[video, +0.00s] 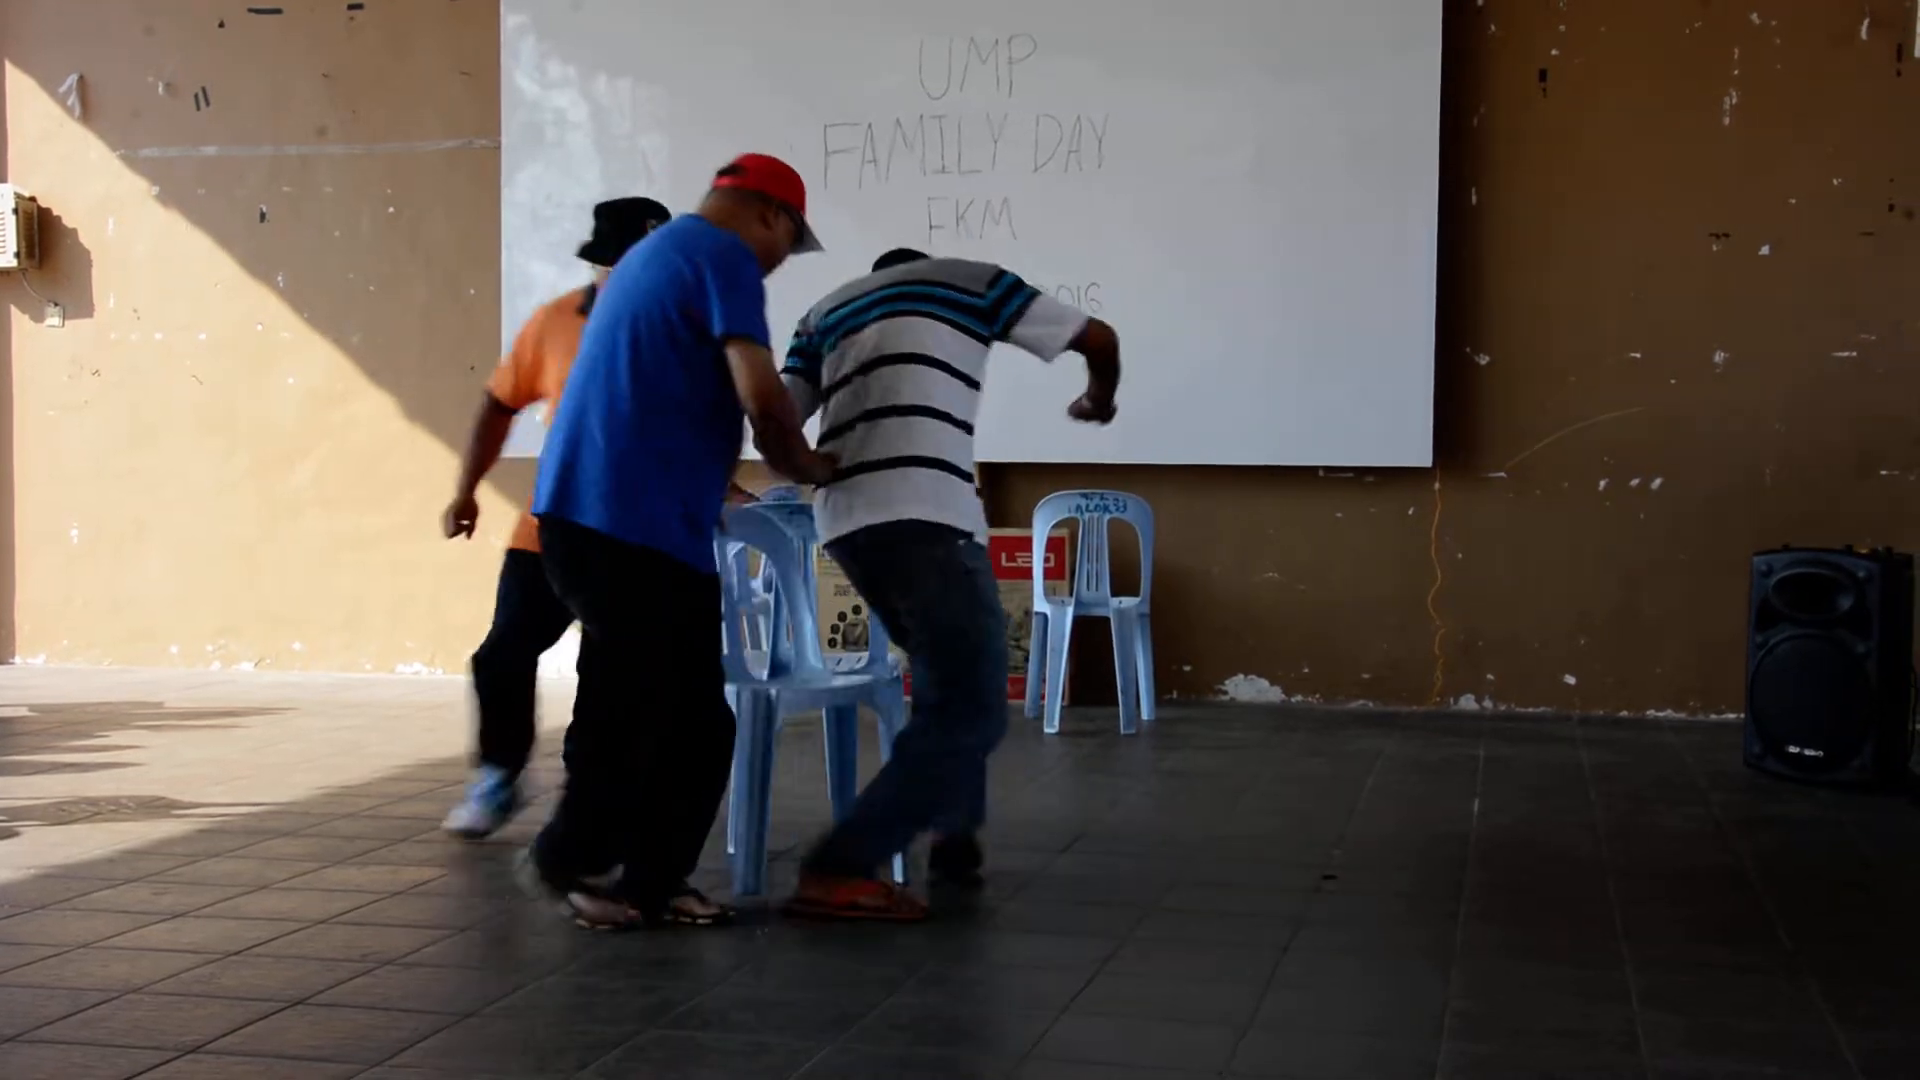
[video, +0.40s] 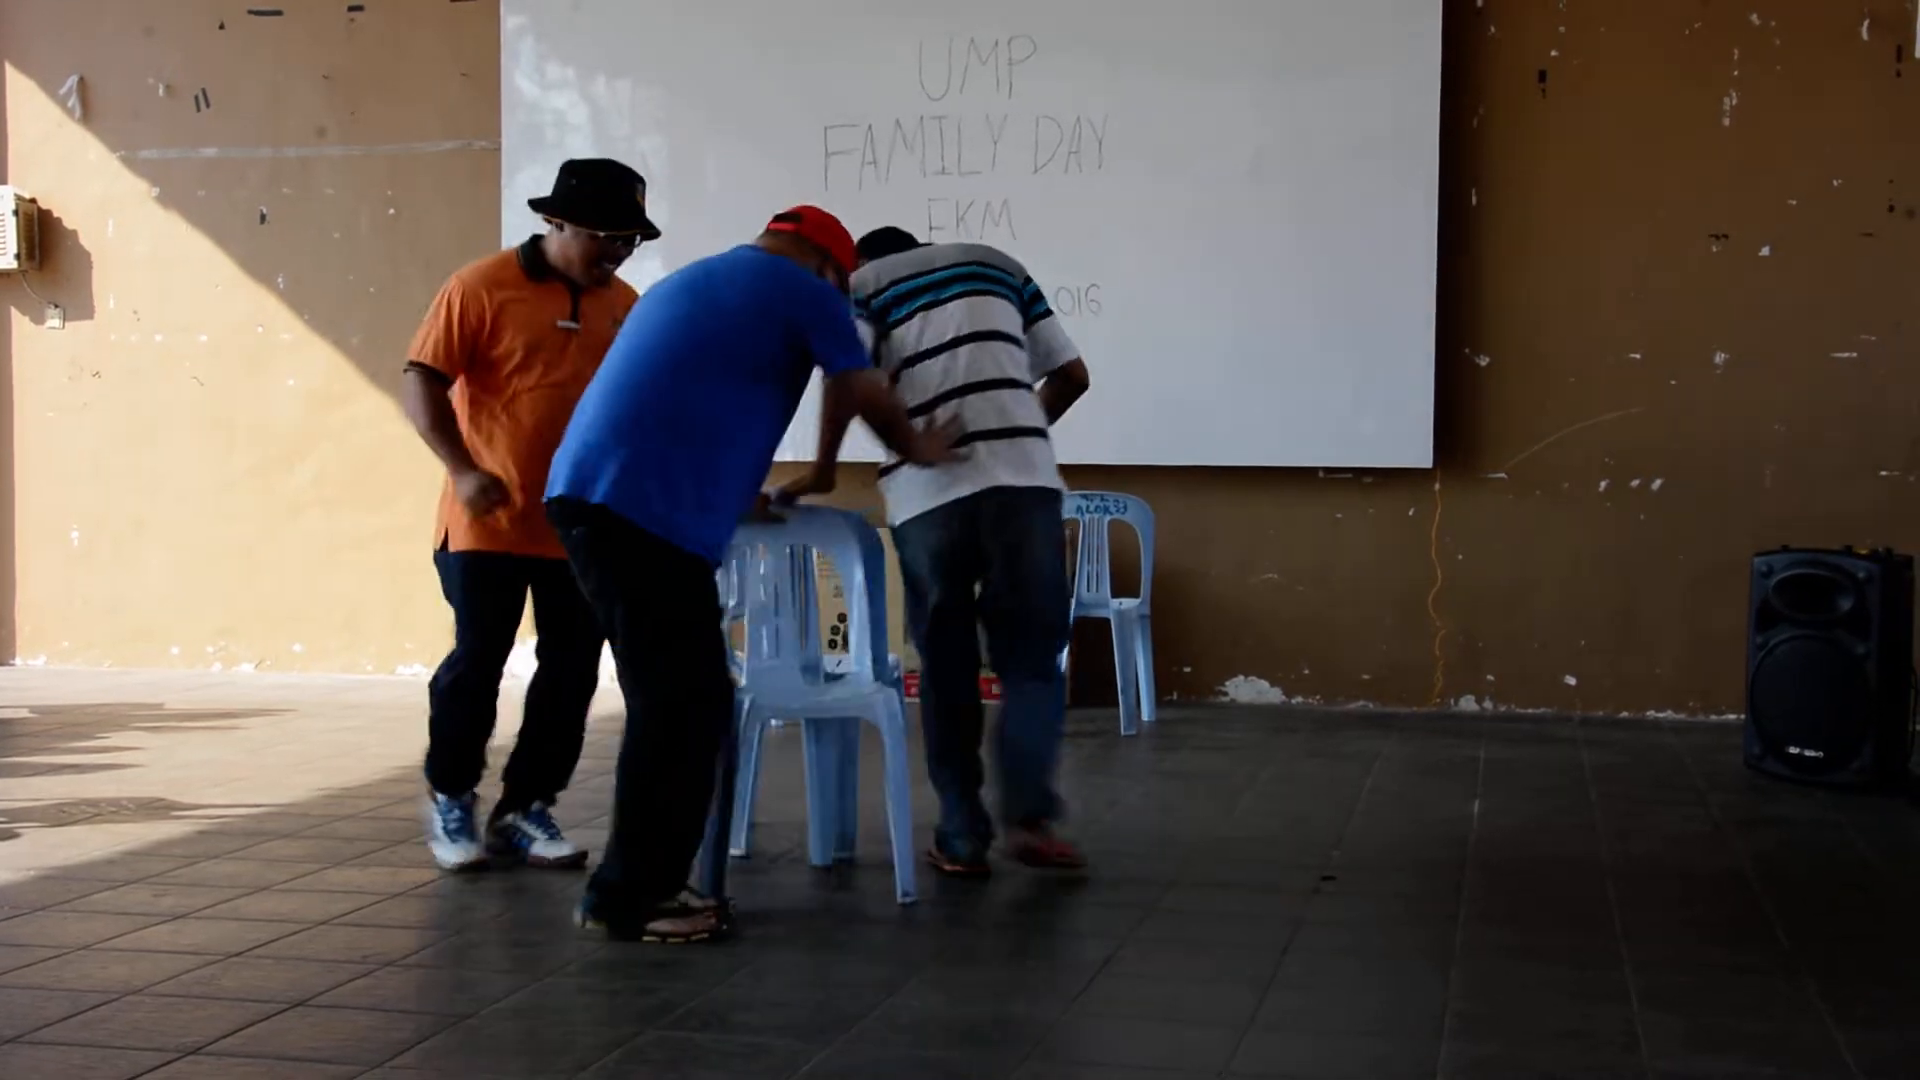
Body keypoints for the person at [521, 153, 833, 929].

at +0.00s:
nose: (785, 256)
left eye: (792, 244)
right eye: (789, 238)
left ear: (725, 204)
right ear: (763, 212)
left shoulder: (655, 252)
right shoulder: (724, 256)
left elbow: (643, 405)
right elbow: (762, 398)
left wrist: (725, 480)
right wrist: (804, 463)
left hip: (581, 508)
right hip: (645, 523)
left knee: (619, 694)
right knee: (696, 713)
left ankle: (569, 855)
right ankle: (653, 884)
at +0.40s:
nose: (837, 292)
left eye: (840, 282)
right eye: (838, 280)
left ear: (773, 239)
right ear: (820, 262)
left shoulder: (701, 277)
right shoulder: (808, 286)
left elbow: (660, 409)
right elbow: (868, 395)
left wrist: (746, 495)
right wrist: (918, 448)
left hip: (587, 496)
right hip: (651, 507)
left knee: (665, 703)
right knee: (693, 703)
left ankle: (634, 887)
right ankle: (635, 897)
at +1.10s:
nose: (909, 241)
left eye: (904, 232)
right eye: (909, 229)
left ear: (828, 214)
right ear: (897, 219)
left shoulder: (775, 274)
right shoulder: (906, 268)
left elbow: (741, 403)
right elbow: (944, 404)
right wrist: (970, 497)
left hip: (748, 514)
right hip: (822, 519)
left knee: (867, 701)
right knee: (846, 704)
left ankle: (874, 895)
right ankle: (710, 904)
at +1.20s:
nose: (921, 246)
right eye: (922, 234)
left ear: (844, 224)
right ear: (919, 228)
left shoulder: (796, 286)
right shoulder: (928, 273)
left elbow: (738, 414)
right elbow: (975, 395)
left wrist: (774, 496)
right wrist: (1018, 511)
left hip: (776, 520)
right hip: (862, 518)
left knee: (866, 706)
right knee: (920, 695)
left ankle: (874, 894)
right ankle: (799, 836)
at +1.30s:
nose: (927, 231)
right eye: (928, 221)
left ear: (855, 223)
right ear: (931, 221)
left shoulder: (812, 284)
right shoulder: (952, 266)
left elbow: (742, 410)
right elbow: (998, 364)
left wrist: (777, 502)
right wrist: (1037, 496)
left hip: (814, 527)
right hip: (912, 522)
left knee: (856, 708)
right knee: (975, 684)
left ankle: (863, 893)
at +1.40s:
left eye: (869, 220)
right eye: (935, 219)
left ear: (863, 223)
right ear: (939, 218)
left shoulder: (822, 286)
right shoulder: (971, 258)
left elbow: (745, 402)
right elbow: (1006, 339)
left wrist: (774, 474)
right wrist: (1037, 452)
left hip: (856, 534)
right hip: (961, 526)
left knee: (870, 719)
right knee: (1003, 699)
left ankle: (870, 900)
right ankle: (1043, 874)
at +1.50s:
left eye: (886, 224)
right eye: (947, 222)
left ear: (875, 231)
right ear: (950, 221)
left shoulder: (832, 299)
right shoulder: (993, 257)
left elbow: (770, 415)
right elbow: (1030, 326)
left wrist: (780, 465)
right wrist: (1053, 433)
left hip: (901, 538)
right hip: (1007, 527)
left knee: (897, 723)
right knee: (1045, 694)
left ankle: (895, 901)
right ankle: (1073, 868)